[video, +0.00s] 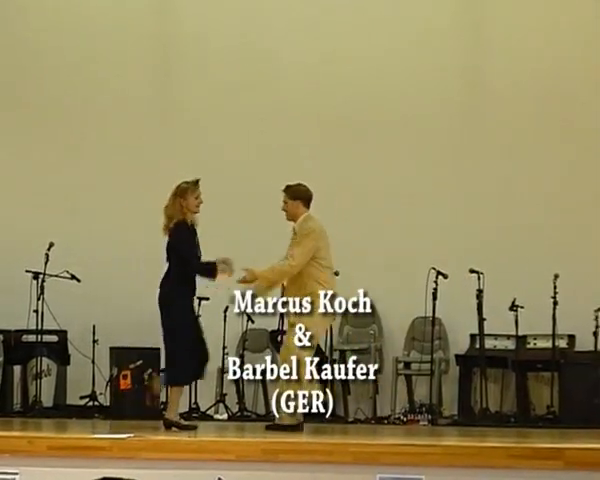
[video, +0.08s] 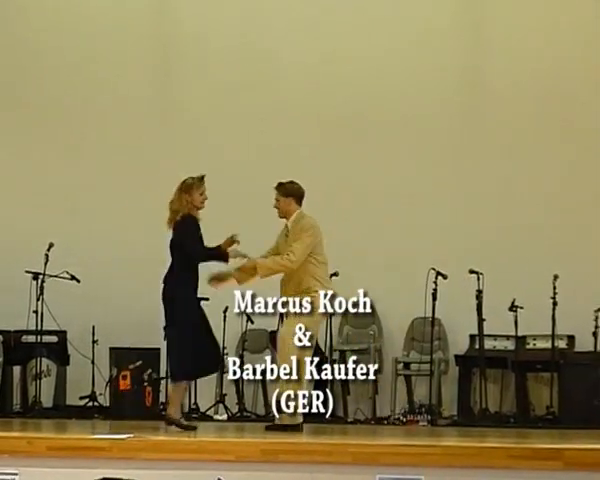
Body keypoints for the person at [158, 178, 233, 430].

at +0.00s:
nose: (200, 202)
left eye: (200, 198)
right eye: (196, 198)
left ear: (189, 201)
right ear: (183, 201)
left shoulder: (187, 228)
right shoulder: (181, 229)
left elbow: (191, 264)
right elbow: (189, 265)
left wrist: (215, 265)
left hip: (179, 295)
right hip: (175, 297)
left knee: (184, 351)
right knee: (188, 351)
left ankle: (173, 412)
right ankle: (171, 413)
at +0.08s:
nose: (204, 198)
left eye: (204, 193)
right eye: (200, 194)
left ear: (193, 196)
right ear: (188, 196)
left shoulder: (189, 221)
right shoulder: (186, 222)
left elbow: (196, 252)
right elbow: (195, 254)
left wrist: (221, 248)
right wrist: (223, 252)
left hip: (181, 291)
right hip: (179, 293)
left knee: (186, 349)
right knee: (187, 350)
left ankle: (176, 409)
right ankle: (174, 411)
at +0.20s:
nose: (210, 198)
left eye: (210, 194)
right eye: (206, 194)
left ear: (199, 196)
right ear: (193, 196)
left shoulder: (196, 220)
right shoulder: (189, 220)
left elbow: (205, 248)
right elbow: (202, 250)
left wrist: (228, 237)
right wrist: (232, 247)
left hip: (191, 292)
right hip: (183, 292)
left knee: (205, 348)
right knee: (197, 349)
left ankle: (200, 411)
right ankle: (192, 412)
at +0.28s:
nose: (211, 202)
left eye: (211, 198)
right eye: (207, 198)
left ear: (202, 200)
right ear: (194, 201)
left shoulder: (199, 225)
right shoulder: (189, 226)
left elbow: (214, 244)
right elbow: (207, 249)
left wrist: (234, 231)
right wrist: (238, 246)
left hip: (193, 294)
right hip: (186, 295)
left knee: (205, 352)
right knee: (202, 352)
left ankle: (199, 413)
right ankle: (196, 414)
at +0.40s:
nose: (213, 201)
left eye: (213, 197)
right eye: (209, 197)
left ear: (200, 200)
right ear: (195, 200)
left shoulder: (201, 224)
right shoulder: (193, 226)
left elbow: (220, 242)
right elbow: (213, 246)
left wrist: (244, 230)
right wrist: (244, 234)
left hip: (194, 293)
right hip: (187, 294)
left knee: (205, 350)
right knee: (202, 351)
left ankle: (199, 412)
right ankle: (195, 414)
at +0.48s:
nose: (214, 204)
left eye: (215, 199)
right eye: (210, 200)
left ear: (208, 202)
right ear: (197, 202)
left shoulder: (205, 228)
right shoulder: (194, 230)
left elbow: (219, 253)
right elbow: (212, 257)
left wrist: (245, 245)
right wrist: (243, 249)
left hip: (196, 296)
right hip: (187, 298)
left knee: (205, 349)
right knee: (203, 349)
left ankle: (195, 412)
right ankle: (194, 413)